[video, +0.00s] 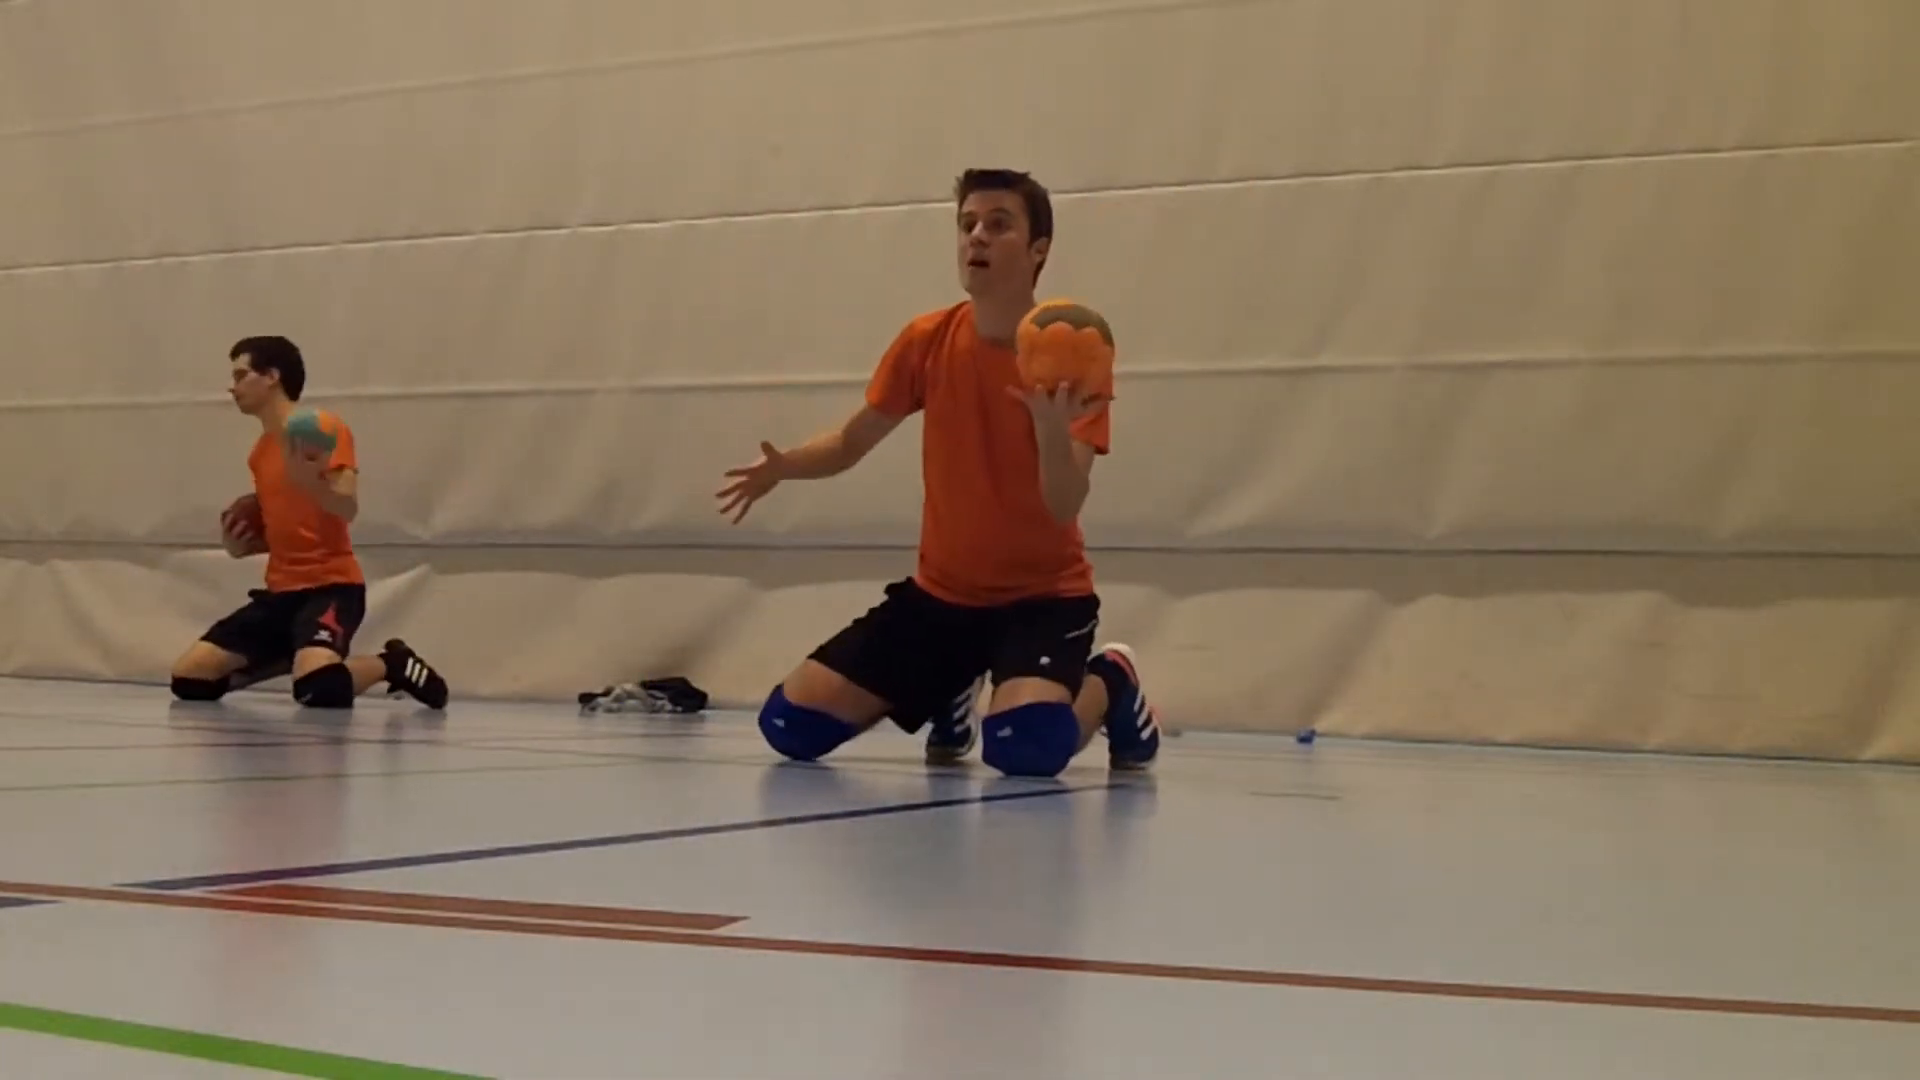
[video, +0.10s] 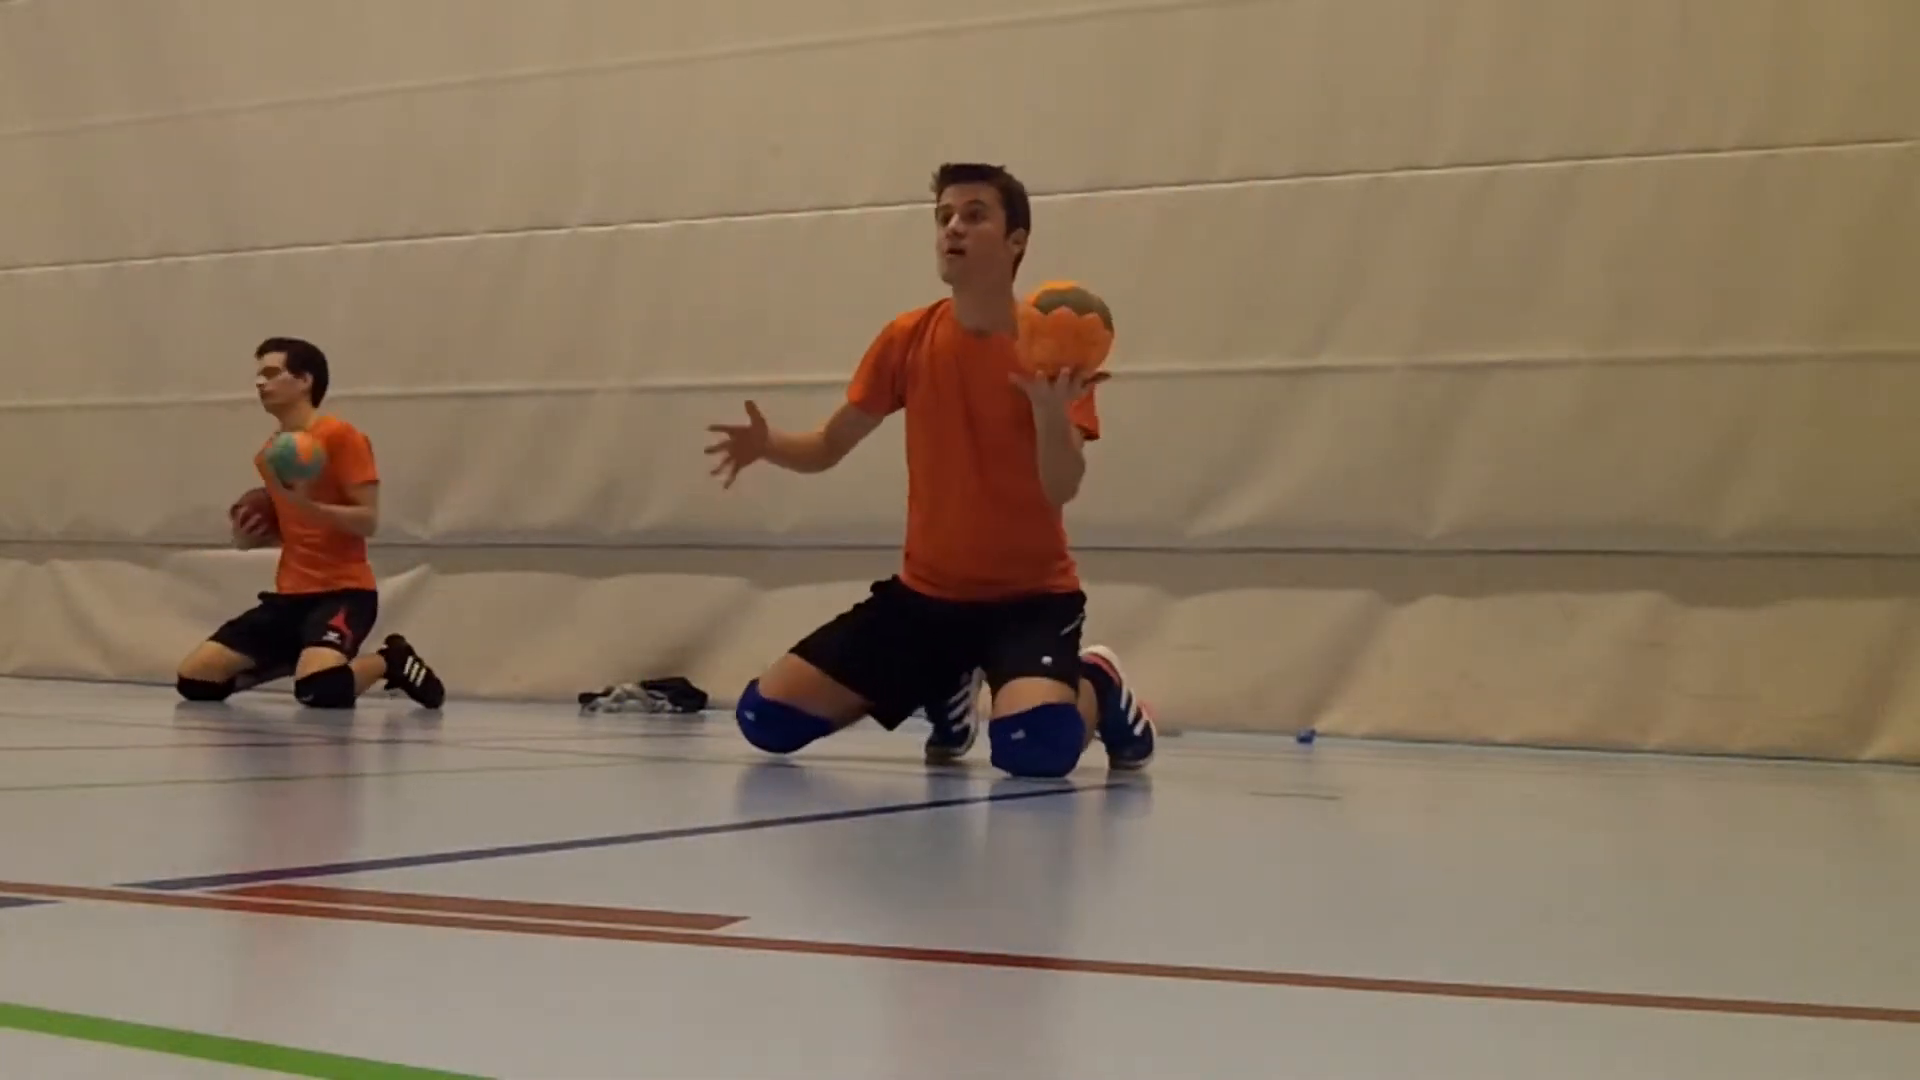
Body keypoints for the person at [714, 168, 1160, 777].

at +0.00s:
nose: (977, 237)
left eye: (998, 224)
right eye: (968, 225)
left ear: (1038, 251)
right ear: (956, 243)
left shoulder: (1069, 353)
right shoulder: (928, 341)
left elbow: (1065, 503)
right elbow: (848, 443)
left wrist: (1054, 431)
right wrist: (784, 465)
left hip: (1045, 600)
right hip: (940, 596)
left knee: (1023, 750)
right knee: (789, 729)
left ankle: (1113, 681)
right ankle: (945, 682)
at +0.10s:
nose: (953, 228)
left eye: (975, 216)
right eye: (945, 217)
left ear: (1016, 242)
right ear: (933, 237)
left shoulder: (1051, 348)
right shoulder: (909, 340)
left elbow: (1061, 488)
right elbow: (826, 446)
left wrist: (1052, 416)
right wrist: (769, 443)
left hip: (1032, 600)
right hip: (925, 596)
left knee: (1032, 752)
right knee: (767, 722)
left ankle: (1098, 686)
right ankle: (940, 679)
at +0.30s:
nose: (844, 221)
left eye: (864, 207)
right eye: (839, 209)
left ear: (914, 229)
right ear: (835, 231)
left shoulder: (967, 326)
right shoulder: (817, 330)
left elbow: (1012, 427)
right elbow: (684, 382)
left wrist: (1033, 358)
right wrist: (581, 340)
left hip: (977, 582)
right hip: (873, 591)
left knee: (1021, 753)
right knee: (734, 727)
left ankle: (1097, 686)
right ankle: (905, 679)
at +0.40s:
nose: (787, 209)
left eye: (804, 193)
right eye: (783, 196)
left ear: (858, 208)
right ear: (785, 214)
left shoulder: (917, 303)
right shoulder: (765, 309)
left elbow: (968, 397)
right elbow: (642, 381)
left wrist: (995, 330)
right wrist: (516, 380)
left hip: (930, 560)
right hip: (829, 574)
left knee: (991, 742)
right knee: (710, 729)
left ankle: (1112, 694)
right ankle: (875, 677)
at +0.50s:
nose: (739, 185)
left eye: (756, 170)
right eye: (737, 171)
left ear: (809, 183)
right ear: (743, 184)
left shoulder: (868, 282)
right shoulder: (729, 287)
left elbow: (924, 384)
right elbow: (698, 411)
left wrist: (950, 318)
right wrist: (635, 451)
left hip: (875, 536)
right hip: (777, 546)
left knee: (952, 726)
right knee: (672, 727)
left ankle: (1107, 701)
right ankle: (852, 685)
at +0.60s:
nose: (693, 177)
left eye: (711, 162)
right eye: (692, 163)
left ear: (766, 176)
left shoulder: (822, 275)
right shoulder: (691, 285)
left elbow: (877, 391)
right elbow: (715, 393)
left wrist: (897, 334)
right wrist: (677, 459)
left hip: (833, 530)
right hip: (740, 538)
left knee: (883, 726)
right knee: (655, 728)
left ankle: (1055, 711)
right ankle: (824, 678)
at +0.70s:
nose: (684, 168)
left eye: (702, 152)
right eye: (677, 156)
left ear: (751, 168)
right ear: (674, 173)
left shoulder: (801, 268)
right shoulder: (673, 268)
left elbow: (833, 400)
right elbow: (675, 377)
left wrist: (840, 335)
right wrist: (640, 441)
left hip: (808, 515)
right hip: (718, 527)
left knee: (832, 705)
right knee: (650, 726)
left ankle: (1008, 722)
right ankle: (804, 672)